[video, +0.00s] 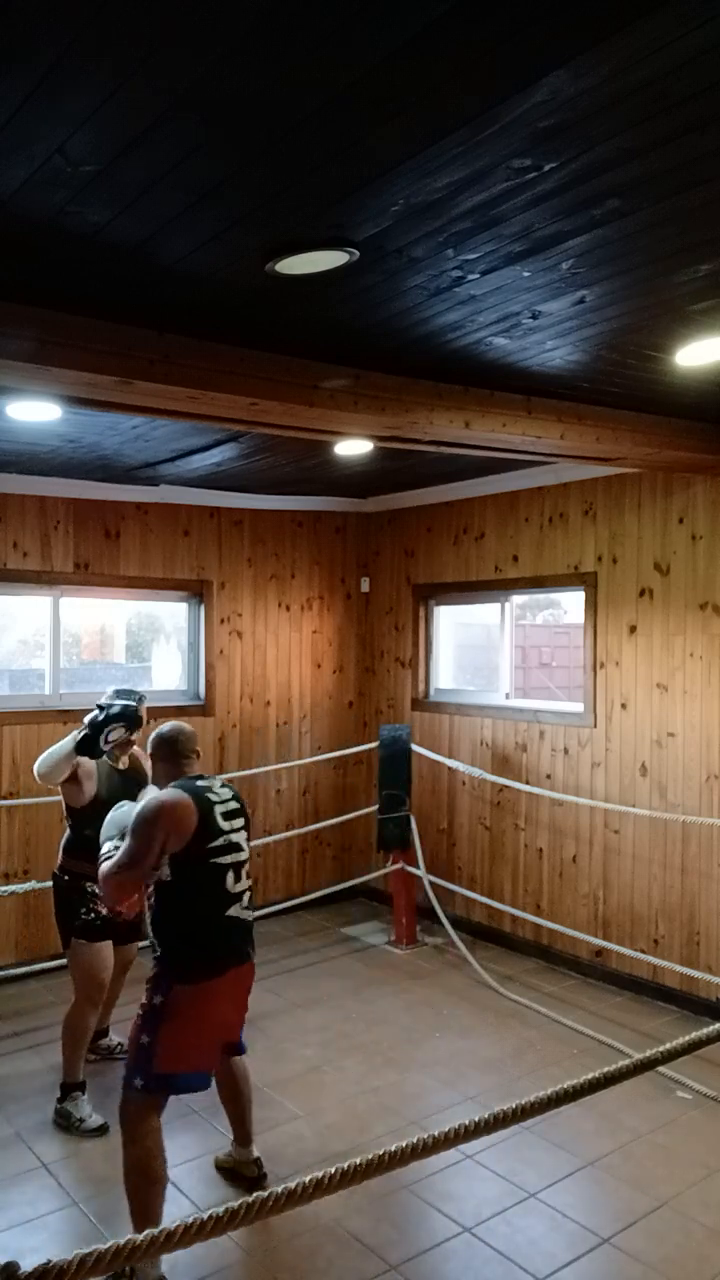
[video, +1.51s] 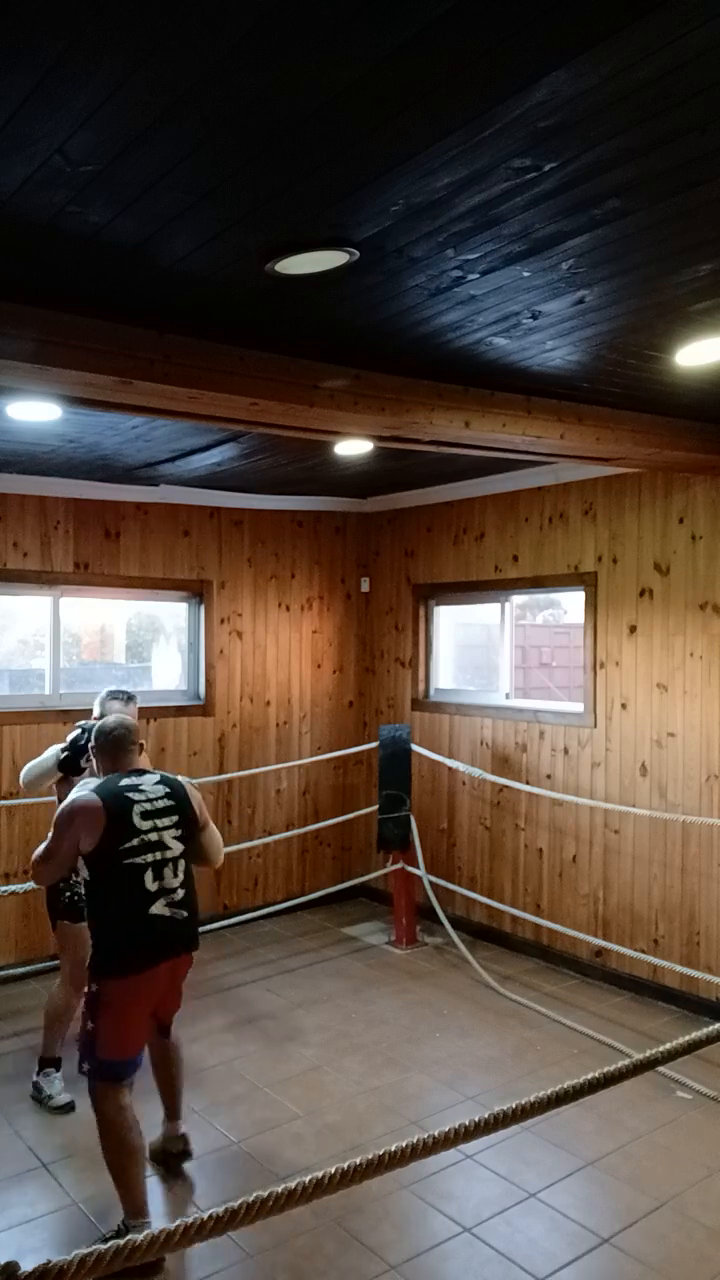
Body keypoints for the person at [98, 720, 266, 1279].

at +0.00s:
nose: (147, 768)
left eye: (147, 760)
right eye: (149, 759)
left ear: (151, 761)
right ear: (197, 757)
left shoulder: (162, 806)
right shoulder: (227, 794)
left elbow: (117, 891)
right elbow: (196, 853)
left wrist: (118, 845)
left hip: (188, 975)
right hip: (238, 963)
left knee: (139, 1110)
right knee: (227, 1049)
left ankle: (145, 1255)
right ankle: (245, 1155)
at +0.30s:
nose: (128, 767)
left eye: (130, 761)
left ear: (133, 764)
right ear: (185, 763)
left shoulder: (119, 815)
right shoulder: (221, 801)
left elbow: (86, 887)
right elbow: (233, 871)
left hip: (154, 983)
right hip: (218, 971)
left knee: (122, 1118)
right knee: (215, 1053)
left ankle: (143, 1255)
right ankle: (236, 1152)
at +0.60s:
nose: (128, 768)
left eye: (129, 762)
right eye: (133, 760)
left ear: (135, 765)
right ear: (179, 761)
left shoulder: (141, 811)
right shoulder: (197, 792)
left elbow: (87, 875)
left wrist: (97, 828)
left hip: (164, 975)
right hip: (215, 961)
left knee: (98, 1097)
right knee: (200, 1043)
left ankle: (135, 1240)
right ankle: (224, 1138)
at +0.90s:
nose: (126, 765)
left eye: (126, 757)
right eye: (132, 757)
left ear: (133, 758)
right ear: (174, 756)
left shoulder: (140, 807)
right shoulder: (193, 793)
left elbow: (78, 869)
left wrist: (96, 813)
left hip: (163, 964)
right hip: (199, 947)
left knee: (127, 1098)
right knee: (180, 1033)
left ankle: (175, 1235)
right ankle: (199, 1121)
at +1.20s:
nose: (109, 759)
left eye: (110, 752)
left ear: (113, 758)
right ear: (158, 753)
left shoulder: (127, 805)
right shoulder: (185, 788)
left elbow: (78, 878)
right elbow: (171, 857)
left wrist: (92, 832)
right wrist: (116, 860)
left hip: (156, 957)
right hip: (200, 943)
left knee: (105, 1086)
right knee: (186, 1029)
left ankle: (136, 1226)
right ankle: (203, 1121)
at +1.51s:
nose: (87, 762)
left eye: (88, 755)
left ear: (94, 756)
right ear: (141, 749)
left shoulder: (87, 803)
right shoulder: (181, 788)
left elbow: (44, 872)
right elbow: (211, 855)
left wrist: (58, 813)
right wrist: (173, 822)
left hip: (125, 960)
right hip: (180, 946)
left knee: (108, 1088)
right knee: (161, 1031)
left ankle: (137, 1227)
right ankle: (173, 1132)